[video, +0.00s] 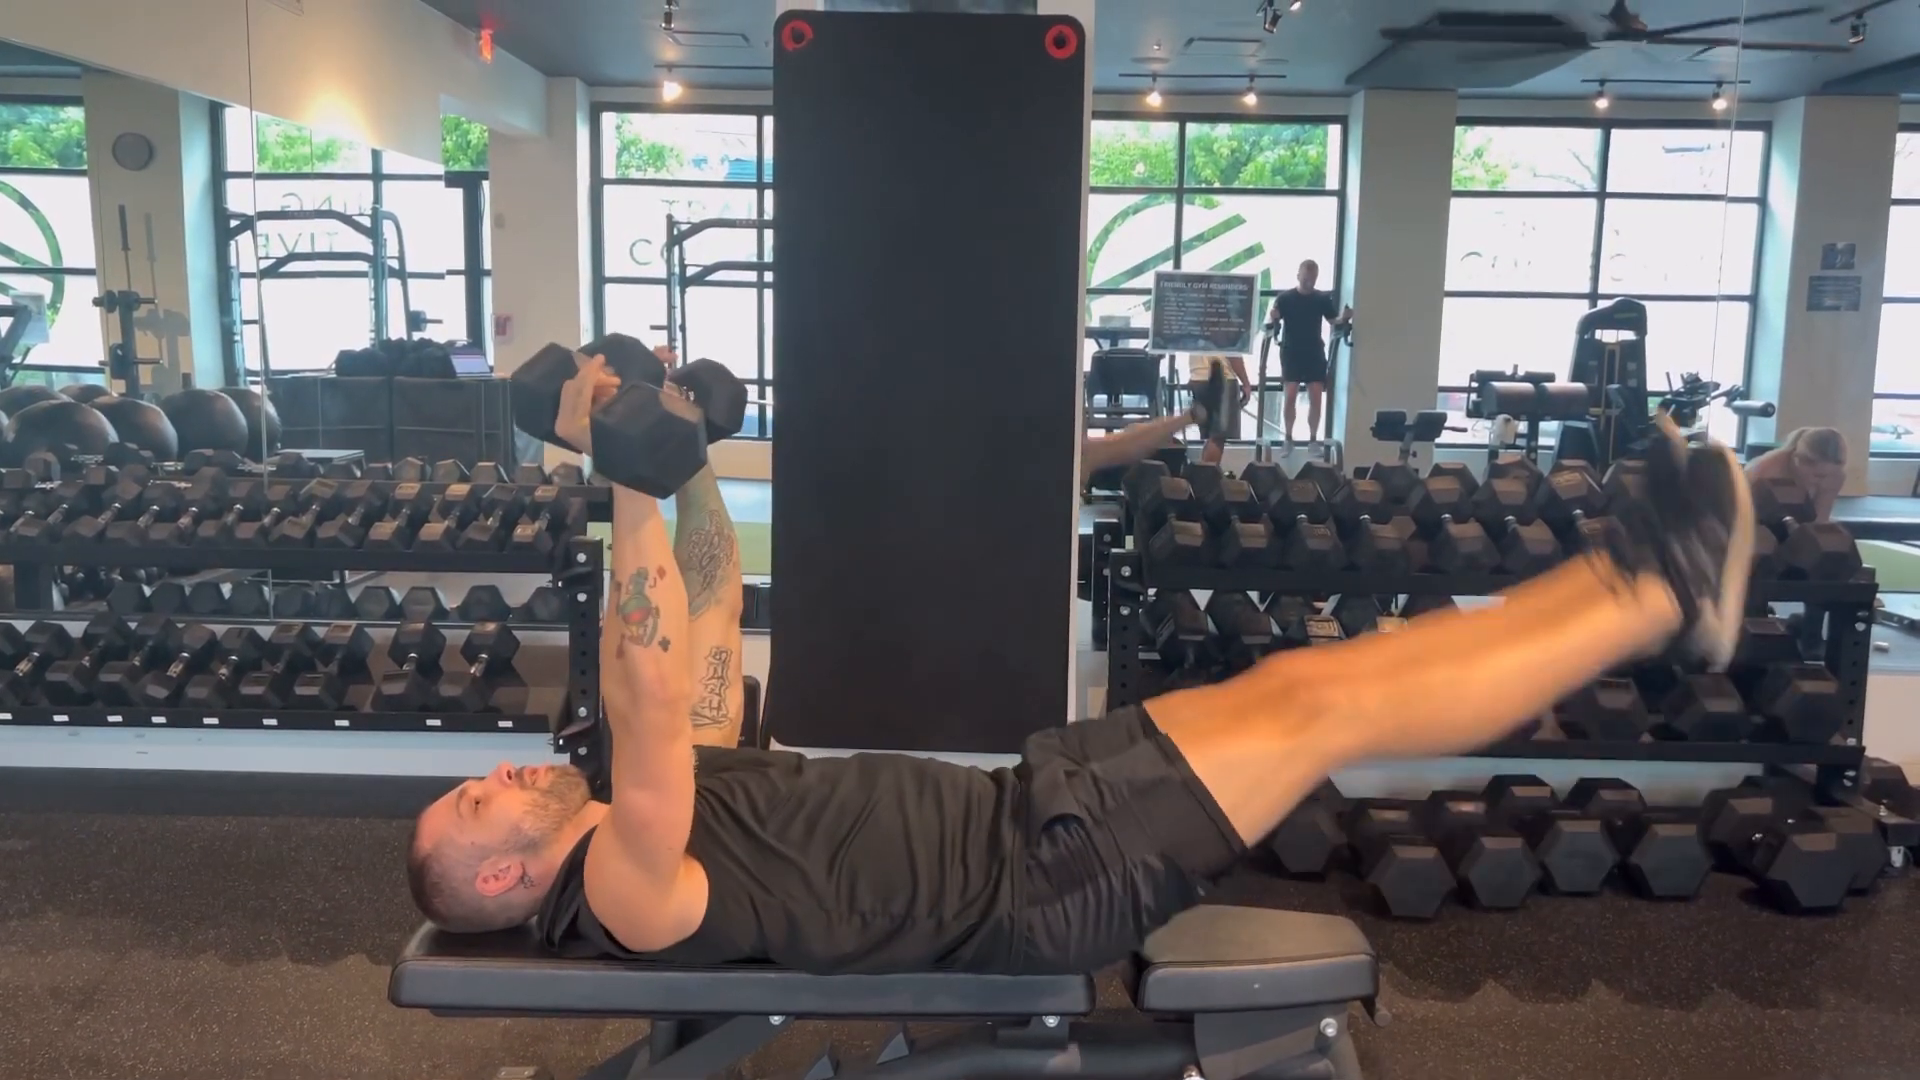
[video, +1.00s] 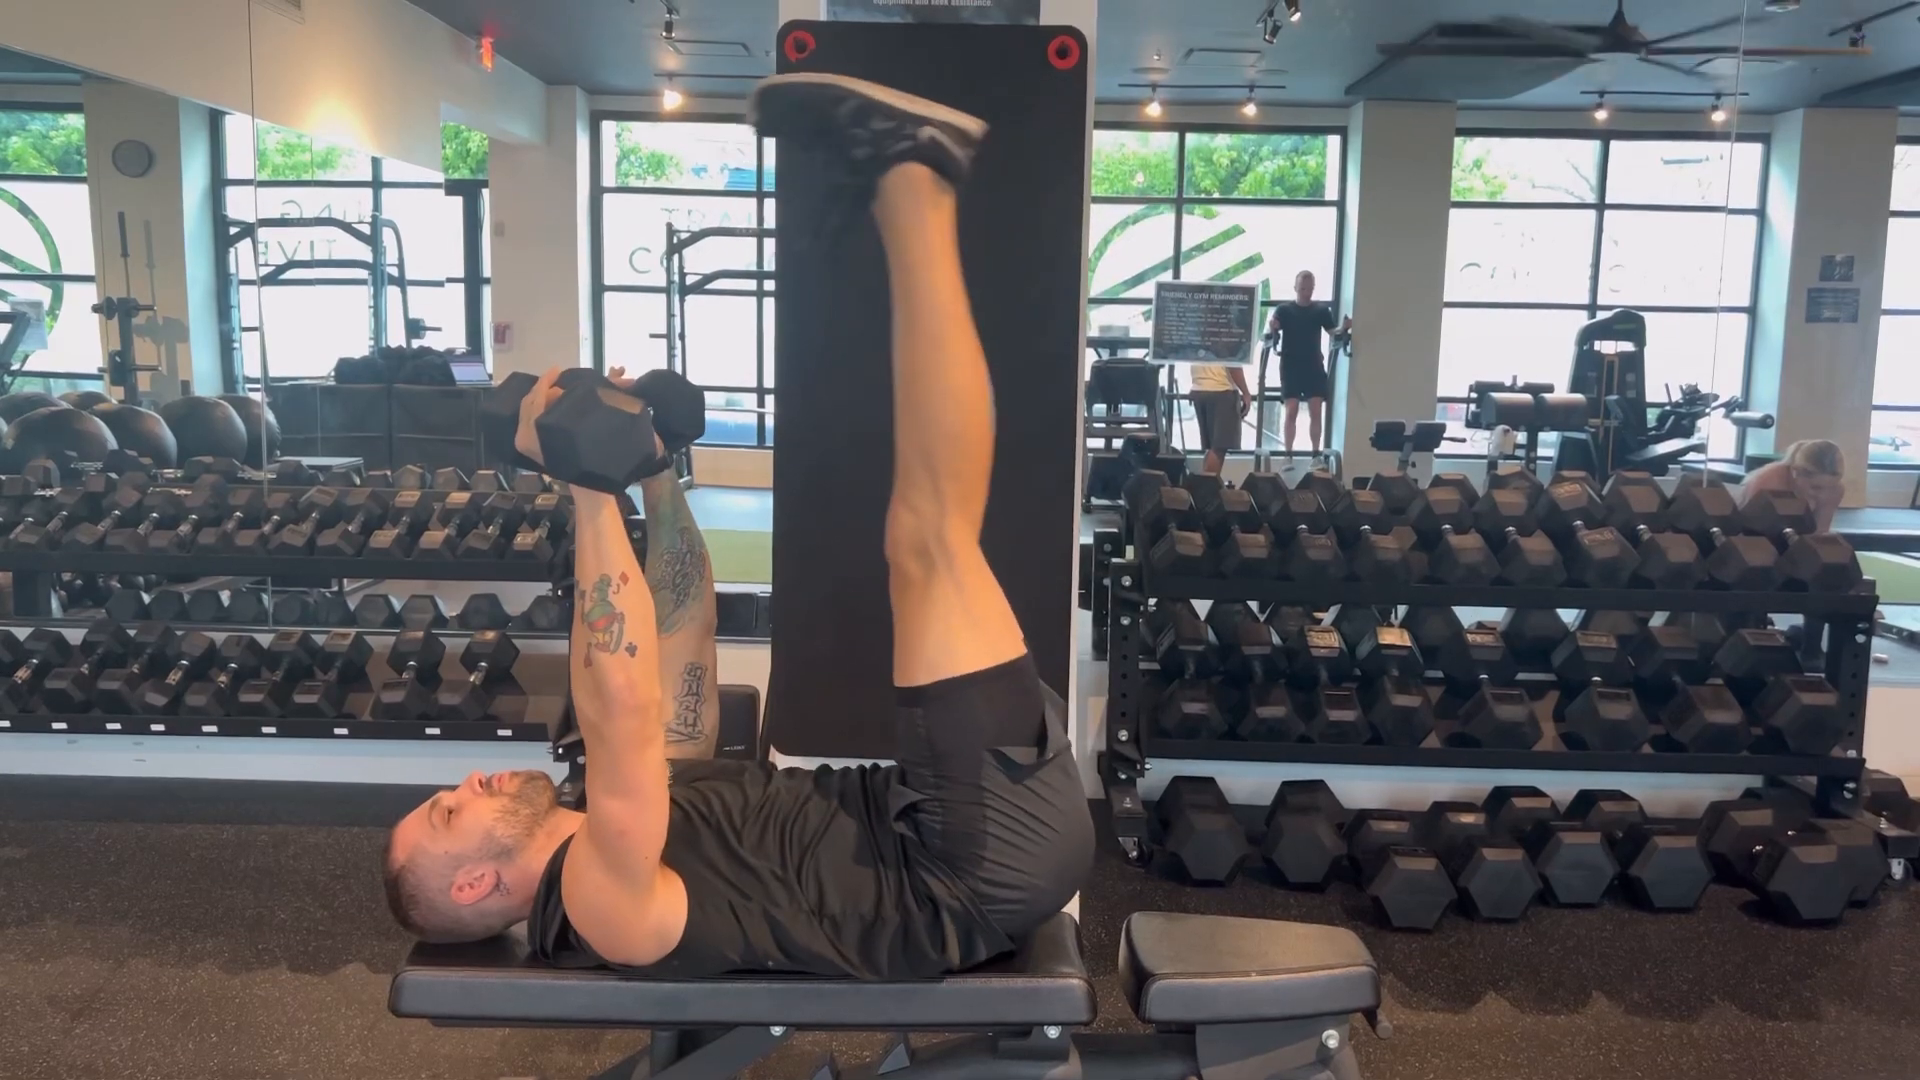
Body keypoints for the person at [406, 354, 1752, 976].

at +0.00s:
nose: (506, 785)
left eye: (485, 790)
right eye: (483, 819)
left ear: (538, 823)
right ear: (514, 894)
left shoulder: (649, 823)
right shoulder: (631, 886)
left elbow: (700, 655)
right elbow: (647, 691)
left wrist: (678, 506)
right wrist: (641, 513)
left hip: (1032, 791)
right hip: (1039, 865)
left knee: (1315, 680)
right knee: (1326, 701)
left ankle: (1624, 568)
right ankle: (1652, 598)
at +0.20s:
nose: (491, 771)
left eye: (471, 779)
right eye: (469, 811)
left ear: (514, 793)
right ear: (505, 879)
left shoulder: (636, 809)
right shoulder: (628, 884)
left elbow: (699, 635)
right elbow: (645, 685)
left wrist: (667, 458)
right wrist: (645, 489)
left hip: (986, 803)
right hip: (1020, 875)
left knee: (1172, 568)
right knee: (1194, 588)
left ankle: (1364, 307)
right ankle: (1417, 304)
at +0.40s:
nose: (475, 779)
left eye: (450, 789)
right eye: (451, 810)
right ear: (487, 883)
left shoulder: (631, 825)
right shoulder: (611, 886)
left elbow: (696, 619)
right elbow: (633, 686)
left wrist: (662, 456)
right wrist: (616, 473)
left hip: (959, 820)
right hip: (991, 876)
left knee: (1028, 535)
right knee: (1028, 540)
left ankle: (1081, 191)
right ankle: (1084, 188)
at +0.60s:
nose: (482, 773)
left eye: (450, 786)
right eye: (456, 802)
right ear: (488, 875)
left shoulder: (627, 831)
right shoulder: (610, 890)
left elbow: (687, 615)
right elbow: (627, 684)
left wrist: (660, 462)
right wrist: (606, 485)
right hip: (972, 857)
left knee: (936, 524)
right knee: (931, 526)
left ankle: (903, 174)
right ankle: (901, 169)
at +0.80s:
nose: (478, 777)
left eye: (448, 790)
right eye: (452, 807)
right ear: (485, 878)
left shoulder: (617, 834)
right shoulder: (611, 886)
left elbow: (684, 624)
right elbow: (621, 682)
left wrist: (654, 464)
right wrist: (590, 476)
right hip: (975, 854)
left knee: (901, 528)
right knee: (895, 532)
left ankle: (842, 184)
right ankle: (839, 176)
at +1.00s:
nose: (480, 777)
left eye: (449, 790)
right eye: (454, 805)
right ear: (487, 878)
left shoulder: (624, 834)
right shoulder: (609, 890)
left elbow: (684, 620)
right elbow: (617, 685)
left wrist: (650, 465)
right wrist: (585, 480)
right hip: (975, 870)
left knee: (936, 533)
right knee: (930, 536)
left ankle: (913, 181)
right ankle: (911, 175)